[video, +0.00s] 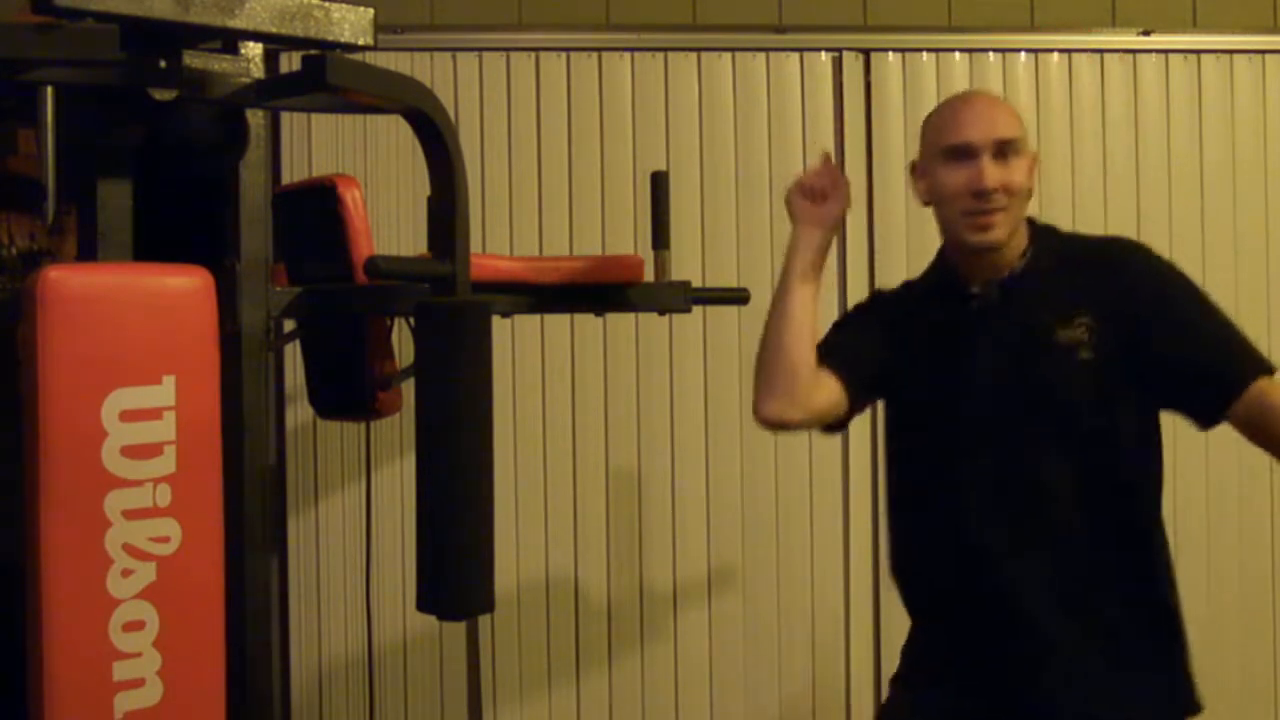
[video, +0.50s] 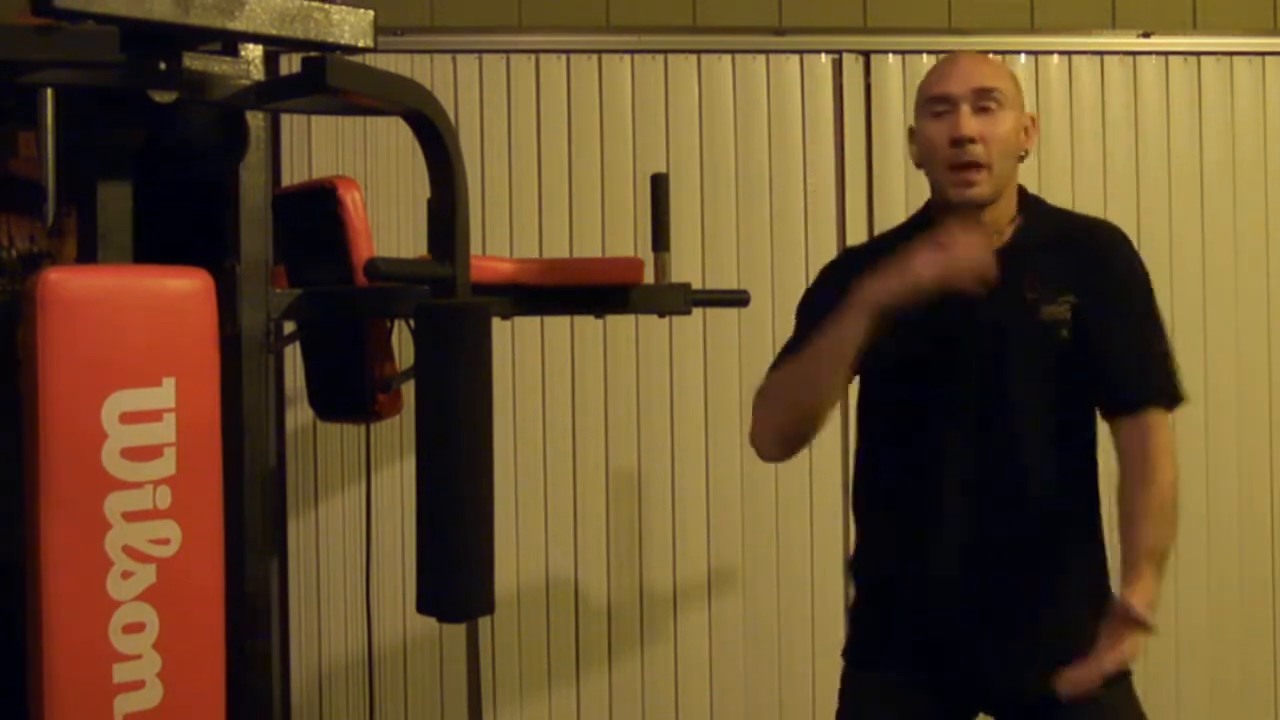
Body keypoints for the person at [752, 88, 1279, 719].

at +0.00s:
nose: (986, 178)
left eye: (1003, 155)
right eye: (959, 159)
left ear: (1031, 170)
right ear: (921, 182)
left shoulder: (1120, 280)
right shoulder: (897, 322)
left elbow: (1262, 406)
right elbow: (782, 404)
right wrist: (811, 236)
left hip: (1120, 673)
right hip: (955, 678)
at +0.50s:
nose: (963, 127)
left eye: (987, 107)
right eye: (940, 110)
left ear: (1026, 134)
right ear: (915, 143)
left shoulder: (1092, 258)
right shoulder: (858, 276)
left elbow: (1144, 434)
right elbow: (772, 437)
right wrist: (872, 297)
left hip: (1057, 640)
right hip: (903, 641)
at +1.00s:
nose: (1049, 168)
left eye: (1075, 142)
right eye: (1029, 148)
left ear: (1128, 162)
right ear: (1011, 170)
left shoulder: (1218, 289)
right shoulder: (968, 302)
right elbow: (907, 409)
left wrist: (1259, 553)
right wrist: (938, 446)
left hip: (1170, 660)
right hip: (1010, 655)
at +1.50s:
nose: (948, 154)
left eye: (974, 126)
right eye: (930, 131)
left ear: (1028, 141)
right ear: (916, 148)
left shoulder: (1103, 248)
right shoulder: (903, 274)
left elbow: (1188, 363)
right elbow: (812, 398)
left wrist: (1139, 241)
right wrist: (844, 264)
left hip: (1086, 624)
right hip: (938, 626)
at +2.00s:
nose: (1024, 144)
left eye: (1040, 120)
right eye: (995, 126)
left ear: (1066, 138)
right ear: (955, 156)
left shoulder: (1136, 281)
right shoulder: (900, 297)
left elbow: (1164, 473)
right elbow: (863, 469)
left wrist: (1172, 655)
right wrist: (878, 628)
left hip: (1097, 648)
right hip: (947, 657)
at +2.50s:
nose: (957, 198)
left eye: (973, 173)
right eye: (930, 179)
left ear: (1001, 190)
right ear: (891, 204)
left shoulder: (1070, 314)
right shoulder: (835, 320)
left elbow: (1183, 465)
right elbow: (694, 421)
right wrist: (723, 284)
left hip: (1032, 679)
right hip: (876, 682)